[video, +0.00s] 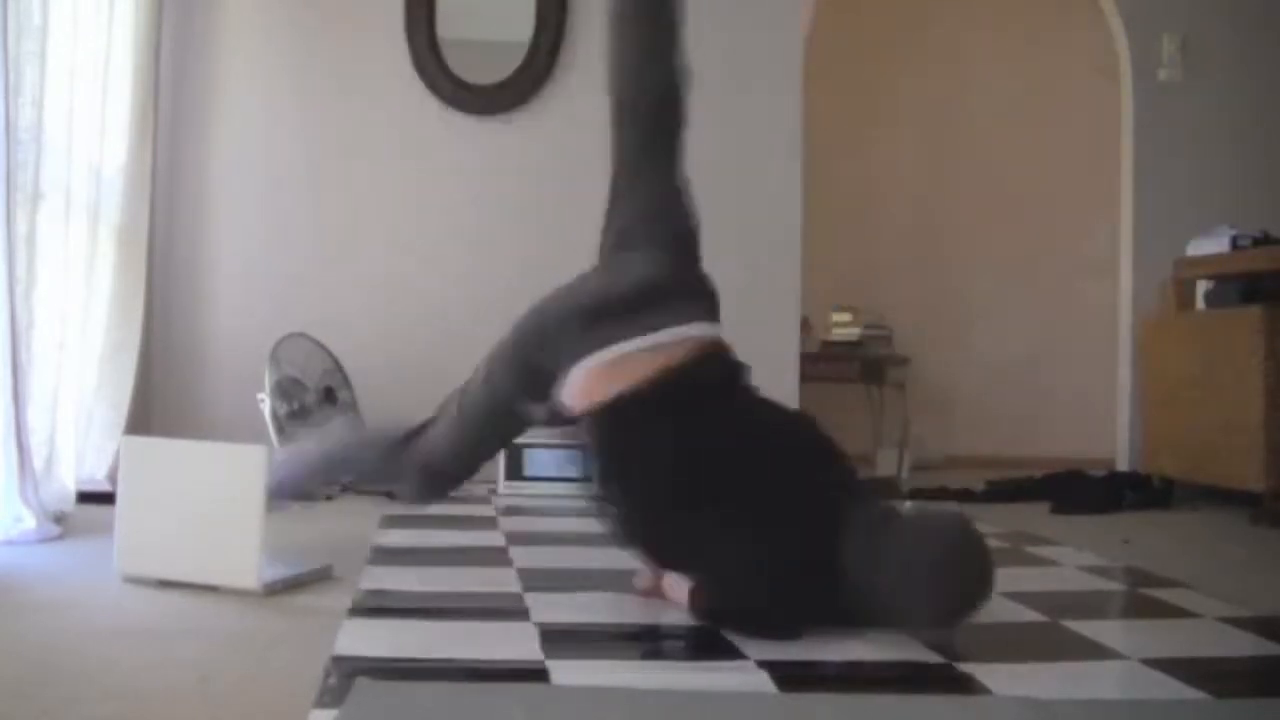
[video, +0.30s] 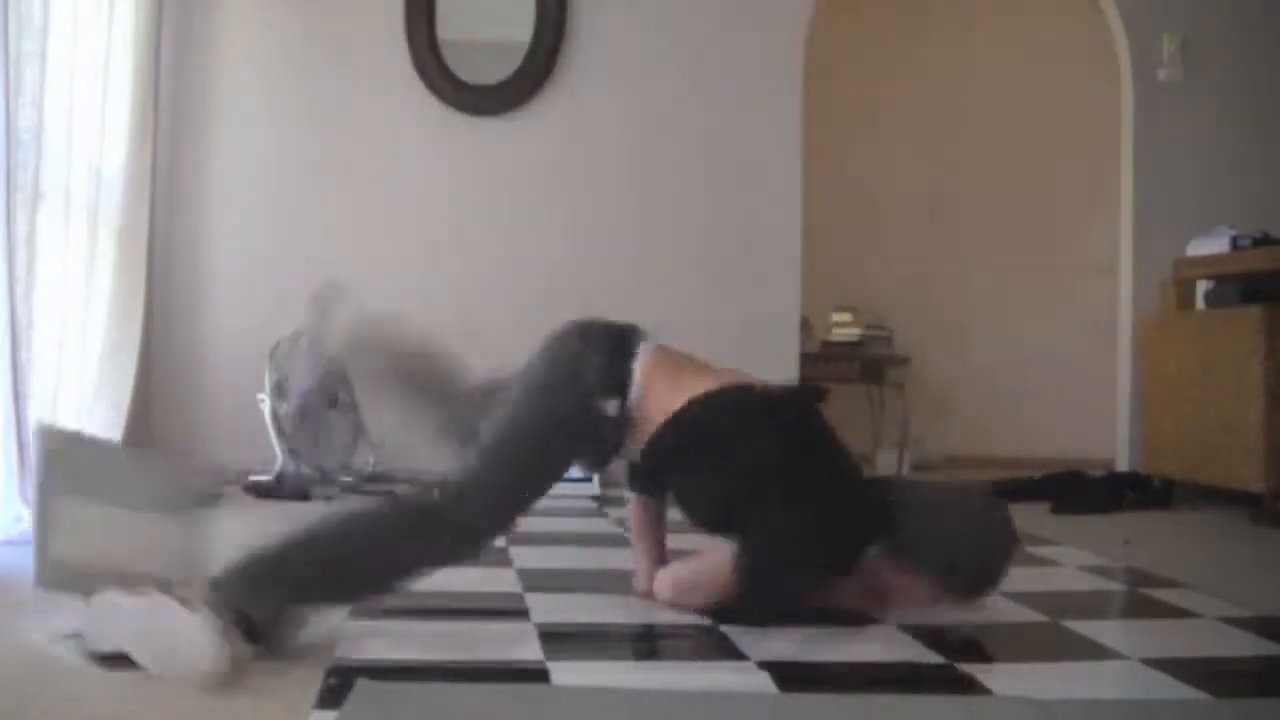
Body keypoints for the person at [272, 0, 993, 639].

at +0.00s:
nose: (941, 634)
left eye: (951, 612)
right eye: (938, 625)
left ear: (917, 532)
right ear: (908, 613)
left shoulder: (831, 471)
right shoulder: (785, 599)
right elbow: (656, 580)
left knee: (648, 119)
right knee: (429, 466)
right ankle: (312, 461)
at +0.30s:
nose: (939, 612)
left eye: (955, 600)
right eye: (946, 600)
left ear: (910, 536)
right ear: (912, 570)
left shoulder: (851, 508)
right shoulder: (810, 538)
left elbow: (682, 458)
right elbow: (672, 600)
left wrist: (650, 565)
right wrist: (822, 601)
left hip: (619, 380)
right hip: (594, 375)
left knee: (481, 452)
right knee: (457, 519)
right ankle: (242, 593)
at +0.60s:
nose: (860, 467)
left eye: (876, 462)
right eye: (875, 451)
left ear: (853, 424)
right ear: (861, 406)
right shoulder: (796, 369)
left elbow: (596, 463)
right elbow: (751, 491)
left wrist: (636, 562)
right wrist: (808, 590)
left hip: (535, 426)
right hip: (527, 389)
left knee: (376, 500)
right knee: (398, 500)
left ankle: (181, 483)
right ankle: (229, 580)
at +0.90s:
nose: (790, 441)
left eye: (803, 436)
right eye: (800, 421)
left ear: (793, 423)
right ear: (783, 385)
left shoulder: (727, 489)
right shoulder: (712, 380)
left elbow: (608, 559)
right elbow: (708, 504)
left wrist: (684, 567)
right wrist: (811, 591)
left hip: (498, 538)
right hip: (499, 450)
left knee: (285, 534)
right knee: (420, 514)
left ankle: (113, 489)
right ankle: (270, 613)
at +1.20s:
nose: (731, 418)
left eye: (747, 416)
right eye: (737, 400)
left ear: (751, 427)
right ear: (718, 382)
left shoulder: (690, 479)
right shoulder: (658, 401)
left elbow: (621, 556)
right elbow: (688, 516)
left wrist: (684, 580)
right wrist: (805, 591)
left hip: (486, 532)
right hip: (469, 450)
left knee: (390, 575)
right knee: (314, 488)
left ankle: (249, 553)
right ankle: (114, 538)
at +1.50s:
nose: (836, 507)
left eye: (836, 504)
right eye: (857, 502)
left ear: (833, 483)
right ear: (870, 477)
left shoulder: (784, 461)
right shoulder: (880, 429)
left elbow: (759, 504)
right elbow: (960, 452)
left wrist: (748, 579)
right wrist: (913, 565)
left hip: (705, 356)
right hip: (766, 368)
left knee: (502, 301)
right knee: (666, 556)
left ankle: (570, 112)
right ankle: (545, 359)